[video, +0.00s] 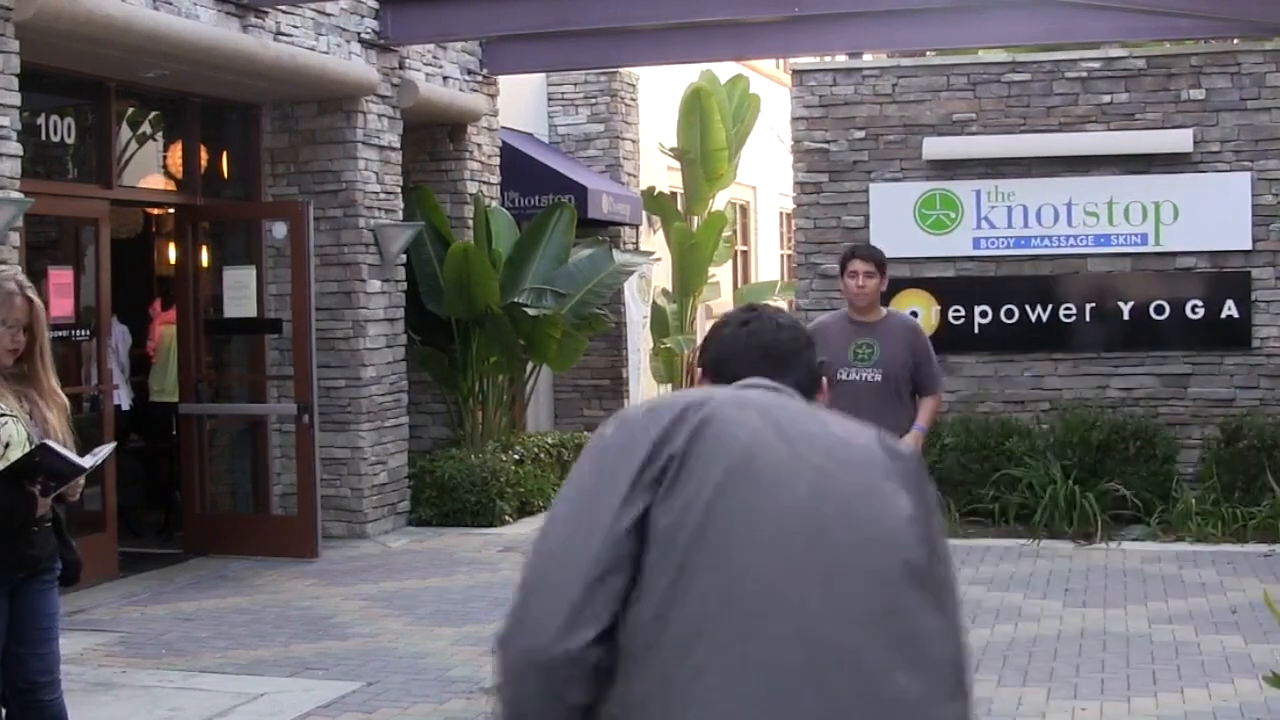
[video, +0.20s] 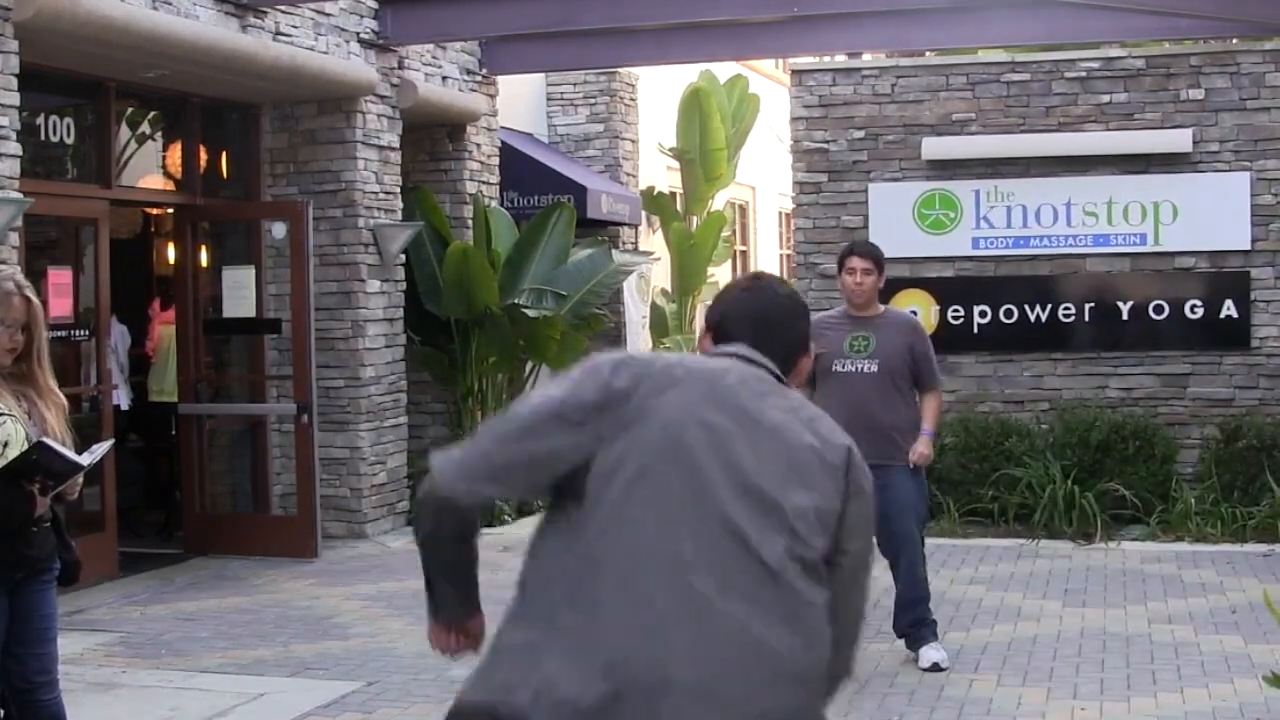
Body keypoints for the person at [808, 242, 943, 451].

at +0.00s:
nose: (860, 283)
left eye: (869, 276)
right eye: (852, 276)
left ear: (883, 282)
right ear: (842, 282)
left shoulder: (908, 332)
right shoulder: (819, 332)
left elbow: (930, 393)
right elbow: (800, 389)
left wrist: (916, 434)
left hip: (893, 458)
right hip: (833, 455)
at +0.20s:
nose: (858, 279)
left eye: (866, 273)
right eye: (850, 272)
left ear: (880, 278)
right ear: (839, 278)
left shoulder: (907, 327)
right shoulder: (817, 328)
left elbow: (931, 390)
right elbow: (796, 389)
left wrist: (926, 437)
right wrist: (798, 438)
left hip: (895, 462)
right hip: (833, 461)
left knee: (907, 547)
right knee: (829, 551)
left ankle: (921, 636)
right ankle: (824, 641)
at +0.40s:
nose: (854, 287)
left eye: (863, 279)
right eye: (847, 279)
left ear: (878, 285)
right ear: (837, 284)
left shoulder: (905, 335)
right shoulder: (817, 337)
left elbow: (934, 395)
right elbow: (795, 399)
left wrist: (926, 435)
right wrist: (803, 408)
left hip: (895, 472)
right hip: (832, 471)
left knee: (907, 557)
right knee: (821, 555)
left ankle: (923, 638)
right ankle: (819, 636)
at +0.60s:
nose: (856, 280)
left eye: (865, 273)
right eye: (849, 272)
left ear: (879, 279)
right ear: (838, 279)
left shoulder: (907, 328)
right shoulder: (818, 331)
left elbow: (934, 390)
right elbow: (801, 389)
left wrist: (926, 432)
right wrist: (806, 421)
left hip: (898, 466)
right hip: (833, 465)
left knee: (911, 554)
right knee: (825, 553)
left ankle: (923, 638)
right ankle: (819, 635)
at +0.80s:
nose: (858, 283)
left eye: (866, 276)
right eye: (850, 276)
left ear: (881, 282)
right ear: (839, 283)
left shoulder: (908, 331)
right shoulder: (817, 334)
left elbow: (933, 392)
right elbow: (798, 390)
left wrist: (935, 444)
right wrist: (794, 437)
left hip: (899, 462)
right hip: (832, 464)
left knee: (910, 550)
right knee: (826, 551)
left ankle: (922, 637)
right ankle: (818, 635)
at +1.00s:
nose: (856, 281)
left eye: (865, 274)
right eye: (849, 273)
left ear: (879, 280)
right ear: (838, 280)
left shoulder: (906, 330)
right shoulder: (815, 331)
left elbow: (930, 390)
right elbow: (796, 386)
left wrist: (926, 434)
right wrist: (796, 426)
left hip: (895, 464)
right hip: (830, 465)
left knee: (906, 552)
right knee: (825, 553)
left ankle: (923, 637)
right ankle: (818, 636)